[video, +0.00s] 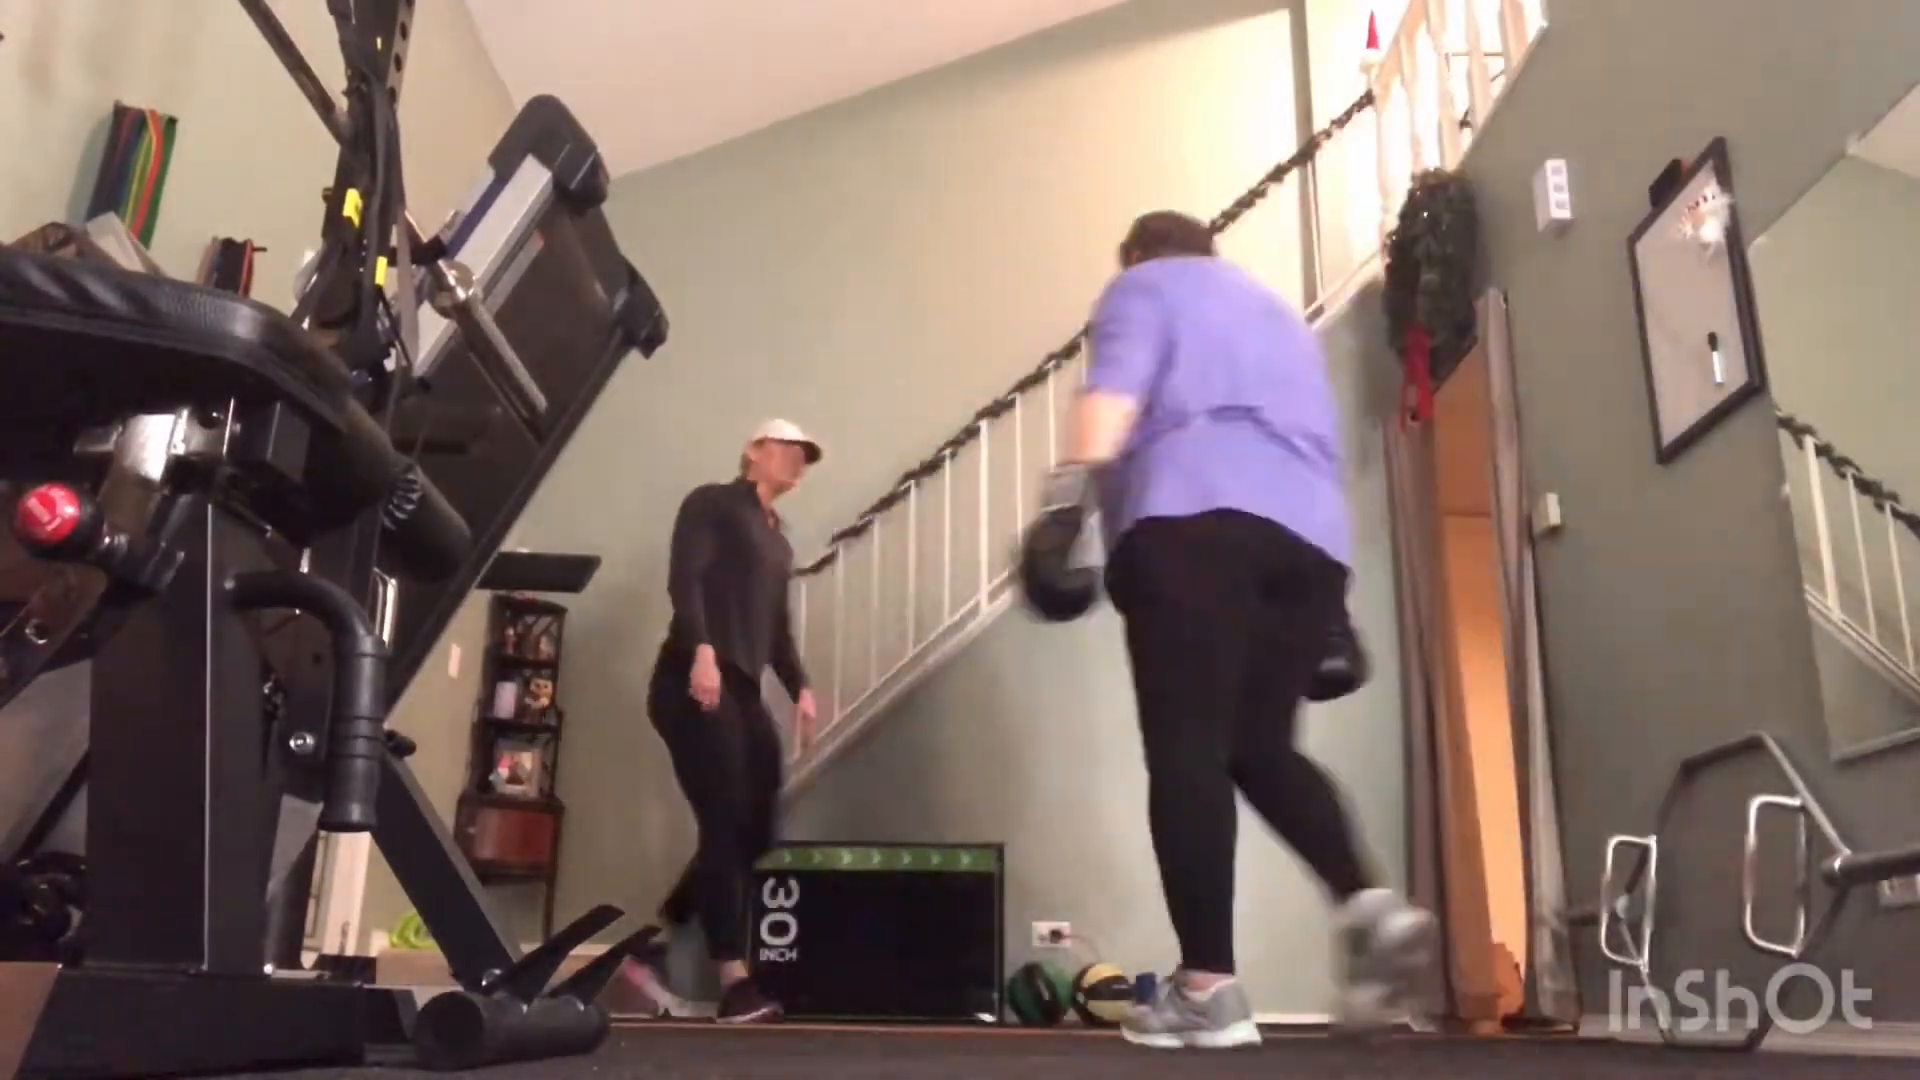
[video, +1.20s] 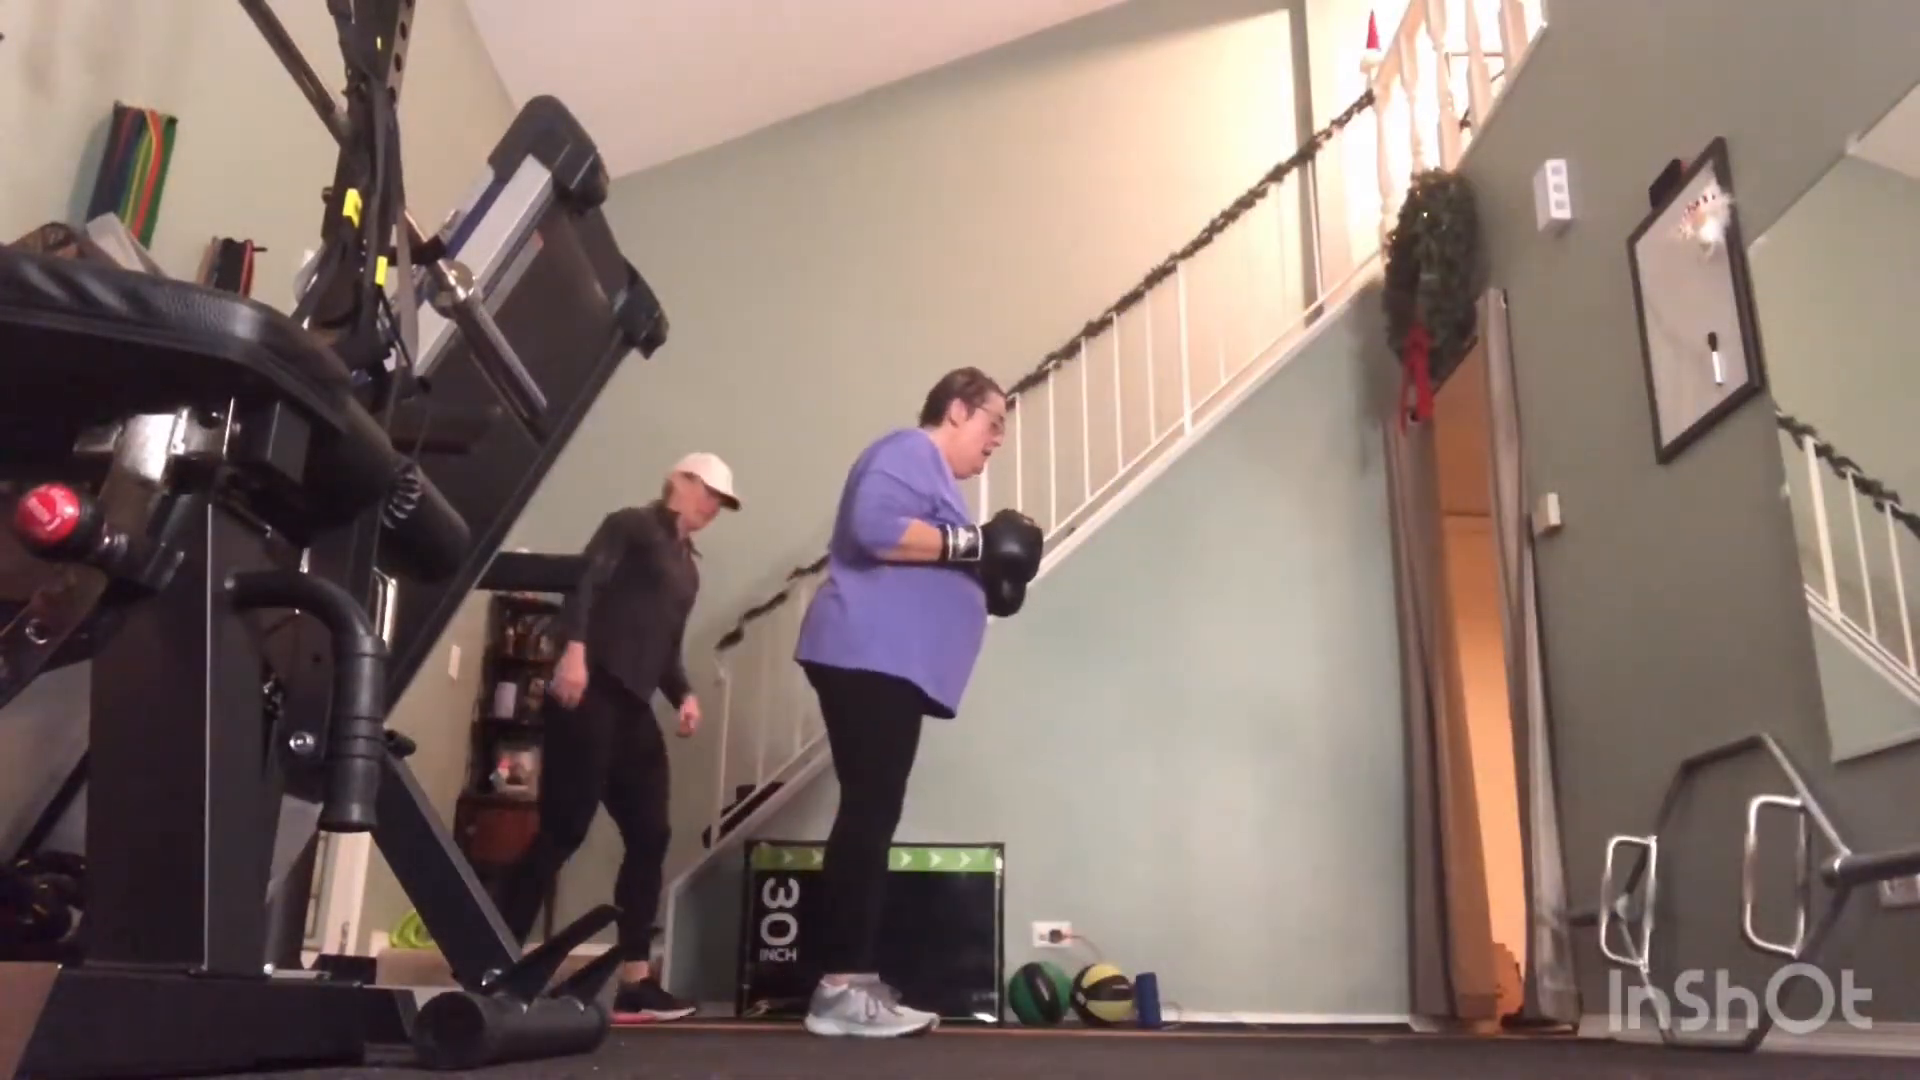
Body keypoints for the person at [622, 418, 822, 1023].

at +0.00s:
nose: (800, 464)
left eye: (803, 456)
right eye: (790, 451)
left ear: (795, 467)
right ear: (755, 452)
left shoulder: (777, 544)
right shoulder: (710, 502)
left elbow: (776, 625)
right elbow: (686, 578)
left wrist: (800, 687)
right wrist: (702, 649)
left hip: (742, 690)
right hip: (694, 678)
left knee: (753, 821)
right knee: (726, 818)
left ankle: (648, 946)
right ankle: (734, 978)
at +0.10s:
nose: (753, 486)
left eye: (757, 479)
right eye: (745, 472)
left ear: (744, 489)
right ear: (710, 471)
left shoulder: (712, 548)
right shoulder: (670, 511)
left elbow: (700, 636)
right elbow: (648, 585)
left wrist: (721, 711)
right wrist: (666, 657)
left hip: (648, 686)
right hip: (622, 675)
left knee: (648, 827)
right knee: (682, 801)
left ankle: (601, 966)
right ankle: (665, 943)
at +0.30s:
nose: (745, 563)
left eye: (754, 558)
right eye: (750, 549)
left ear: (746, 550)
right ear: (730, 523)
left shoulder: (700, 601)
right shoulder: (666, 535)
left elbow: (696, 688)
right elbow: (605, 580)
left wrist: (727, 767)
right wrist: (595, 646)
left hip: (605, 703)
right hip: (558, 684)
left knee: (631, 833)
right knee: (534, 827)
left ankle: (631, 976)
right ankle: (493, 961)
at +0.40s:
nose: (793, 628)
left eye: (798, 622)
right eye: (797, 614)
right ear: (786, 599)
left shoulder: (746, 660)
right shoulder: (732, 577)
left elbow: (756, 751)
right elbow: (656, 590)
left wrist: (803, 804)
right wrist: (637, 650)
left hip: (628, 710)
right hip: (582, 685)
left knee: (650, 836)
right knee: (548, 820)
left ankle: (637, 979)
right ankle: (504, 954)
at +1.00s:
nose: (788, 547)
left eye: (798, 545)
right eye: (784, 532)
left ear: (795, 559)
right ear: (756, 528)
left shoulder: (747, 624)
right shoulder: (708, 548)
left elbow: (721, 701)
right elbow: (639, 586)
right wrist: (652, 646)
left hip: (652, 712)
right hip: (605, 686)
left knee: (665, 834)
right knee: (584, 820)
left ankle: (640, 980)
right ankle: (516, 944)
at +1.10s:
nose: (718, 509)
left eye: (724, 502)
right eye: (713, 495)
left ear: (715, 509)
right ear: (679, 486)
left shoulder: (688, 576)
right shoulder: (629, 525)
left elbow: (661, 657)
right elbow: (576, 582)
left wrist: (683, 714)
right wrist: (586, 651)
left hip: (619, 709)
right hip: (567, 694)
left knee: (644, 833)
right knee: (554, 828)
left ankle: (636, 979)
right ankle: (490, 953)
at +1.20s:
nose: (714, 509)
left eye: (721, 503)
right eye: (710, 495)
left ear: (715, 507)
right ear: (679, 482)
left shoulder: (687, 569)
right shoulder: (631, 523)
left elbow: (666, 647)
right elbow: (585, 580)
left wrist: (683, 693)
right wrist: (573, 650)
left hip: (634, 708)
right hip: (586, 692)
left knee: (649, 836)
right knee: (563, 828)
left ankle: (634, 978)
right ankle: (492, 950)